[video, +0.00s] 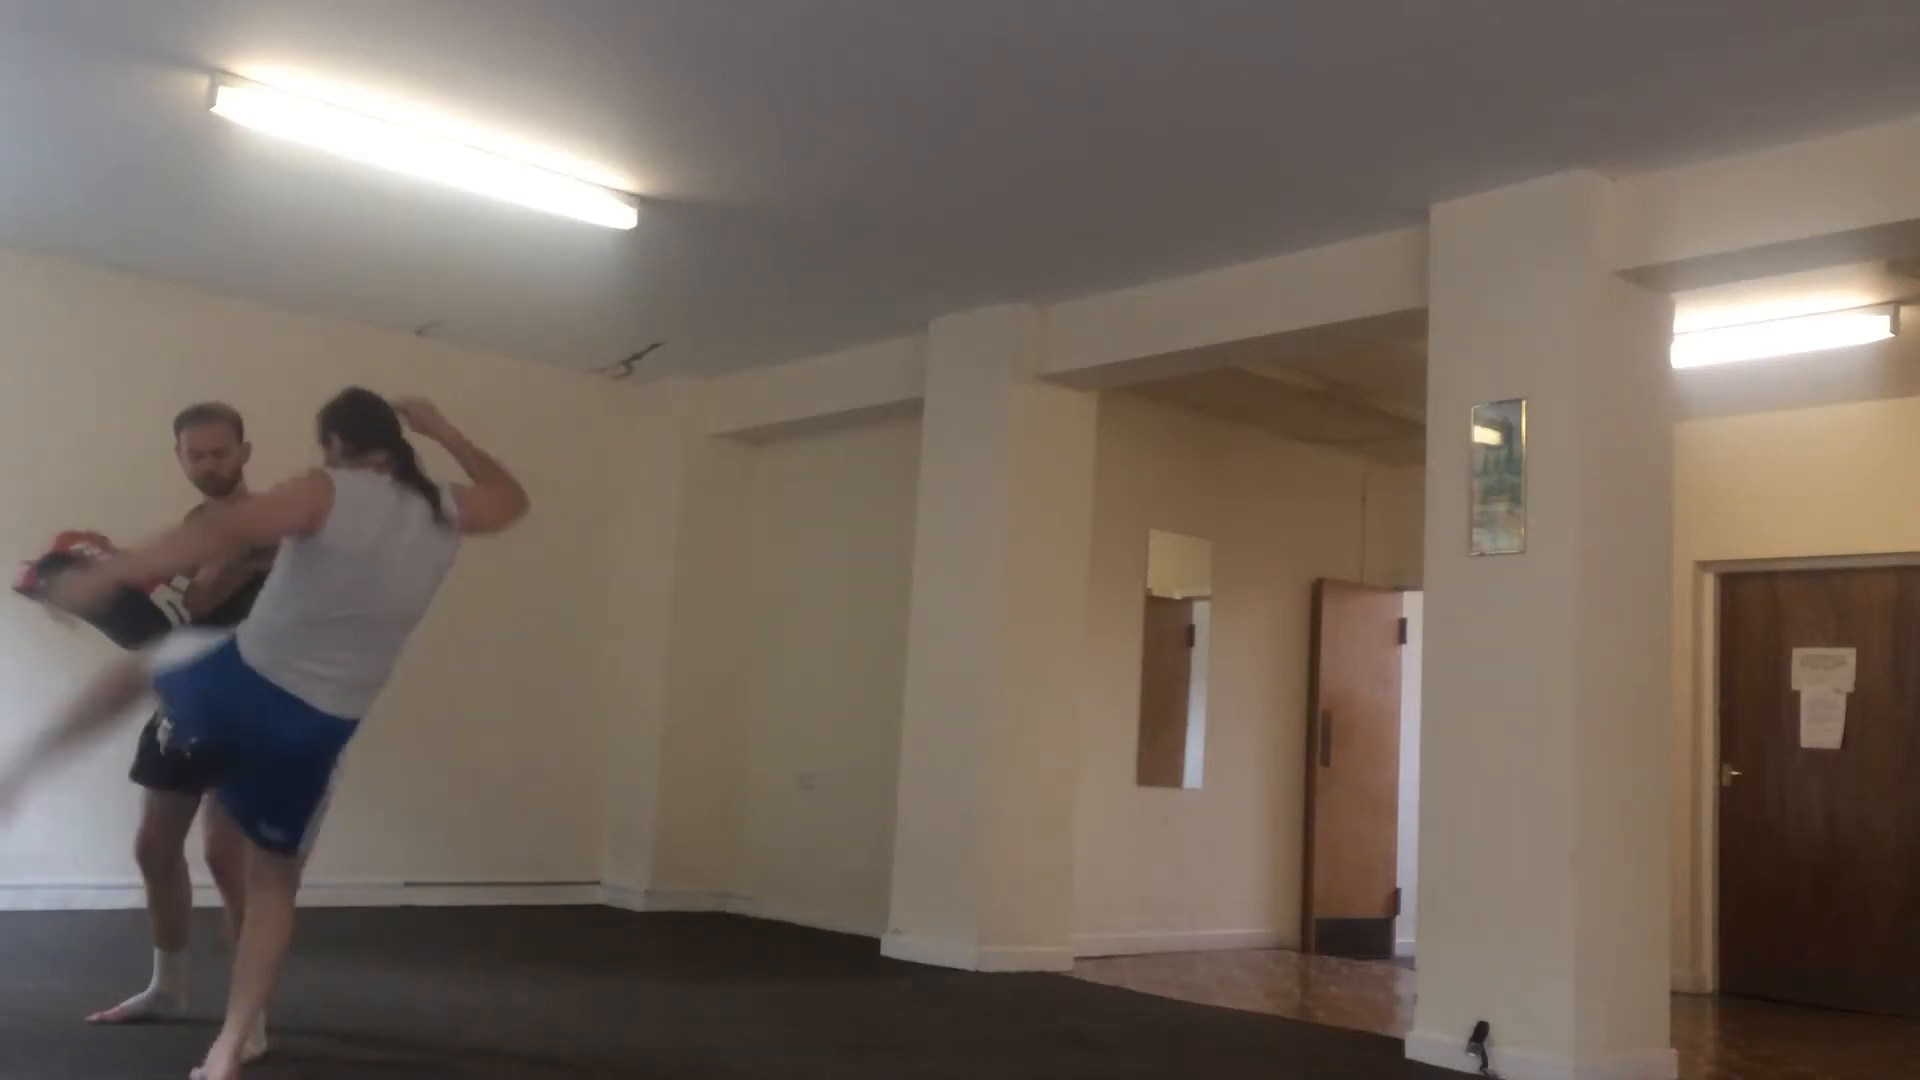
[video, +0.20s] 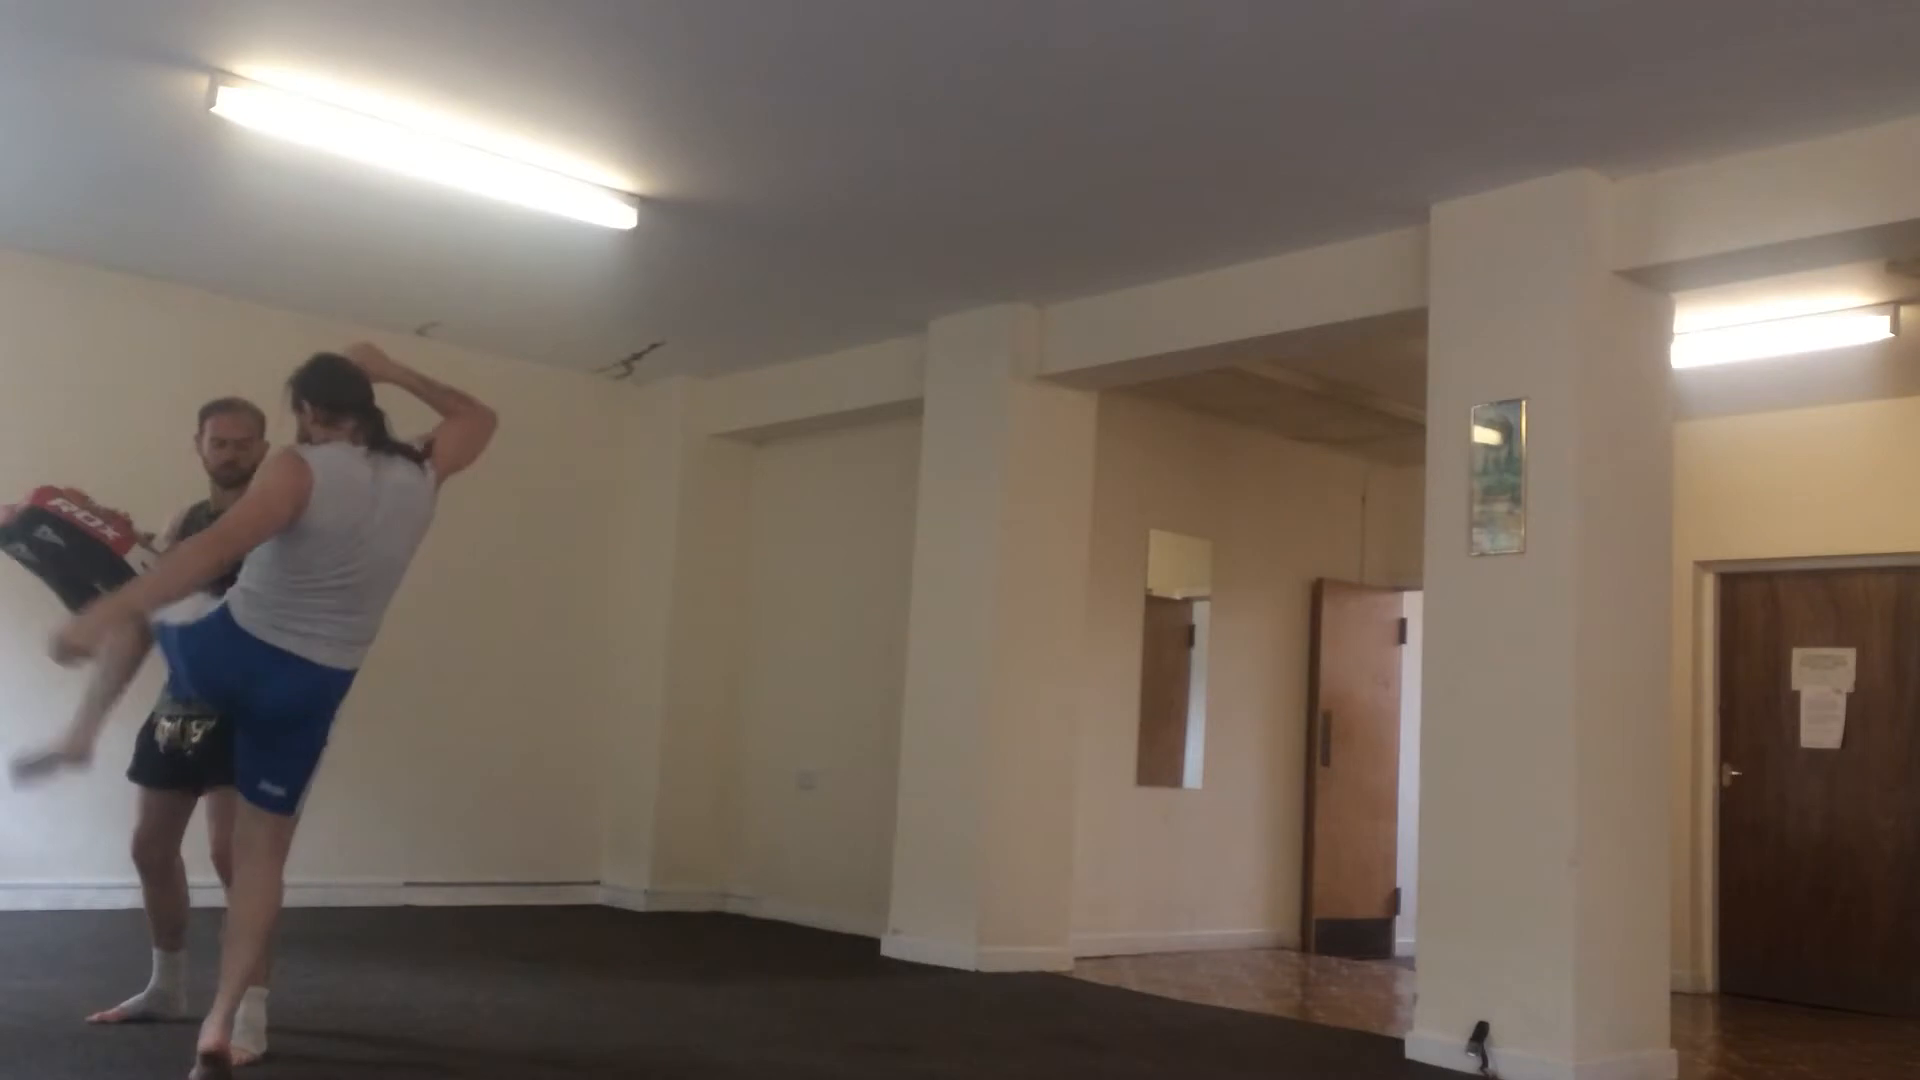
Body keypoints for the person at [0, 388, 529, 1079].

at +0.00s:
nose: (320, 456)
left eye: (323, 447)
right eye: (321, 449)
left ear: (338, 447)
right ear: (399, 447)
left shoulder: (324, 494)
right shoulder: (445, 512)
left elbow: (221, 526)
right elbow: (511, 499)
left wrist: (117, 569)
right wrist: (445, 432)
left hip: (241, 686)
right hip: (317, 730)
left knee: (137, 672)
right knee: (273, 877)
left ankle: (25, 775)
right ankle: (231, 1049)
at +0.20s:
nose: (292, 431)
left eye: (294, 420)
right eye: (294, 420)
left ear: (314, 417)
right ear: (367, 414)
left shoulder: (300, 468)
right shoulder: (419, 471)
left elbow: (217, 547)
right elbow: (478, 417)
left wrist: (107, 610)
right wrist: (396, 372)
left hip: (233, 659)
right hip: (315, 691)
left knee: (138, 607)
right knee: (265, 857)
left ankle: (78, 740)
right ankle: (221, 1024)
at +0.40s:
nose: (279, 440)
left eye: (281, 429)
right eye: (285, 429)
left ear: (293, 434)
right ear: (354, 434)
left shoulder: (266, 493)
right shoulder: (391, 503)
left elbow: (161, 562)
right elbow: (443, 481)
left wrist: (148, 497)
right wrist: (376, 428)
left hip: (228, 703)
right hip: (315, 718)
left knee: (145, 836)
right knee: (275, 874)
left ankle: (111, 1000)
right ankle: (236, 1030)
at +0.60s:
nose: (275, 477)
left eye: (277, 466)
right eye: (279, 467)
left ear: (290, 472)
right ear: (349, 469)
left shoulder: (267, 526)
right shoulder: (392, 549)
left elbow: (173, 574)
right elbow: (340, 618)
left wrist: (221, 499)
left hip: (260, 741)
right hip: (346, 752)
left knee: (169, 876)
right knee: (312, 884)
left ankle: (129, 1048)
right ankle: (339, 1028)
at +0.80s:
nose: (318, 488)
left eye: (321, 479)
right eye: (321, 479)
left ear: (336, 482)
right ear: (394, 485)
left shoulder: (327, 521)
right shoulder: (432, 545)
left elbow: (247, 584)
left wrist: (285, 506)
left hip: (338, 742)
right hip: (417, 753)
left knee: (213, 873)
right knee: (355, 898)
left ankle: (192, 1056)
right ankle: (404, 1057)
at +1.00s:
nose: (351, 484)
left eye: (352, 474)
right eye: (352, 474)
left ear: (370, 471)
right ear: (427, 475)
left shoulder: (361, 512)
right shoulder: (470, 539)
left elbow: (280, 572)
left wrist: (319, 499)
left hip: (369, 739)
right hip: (448, 751)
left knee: (284, 921)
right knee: (379, 899)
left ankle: (352, 1065)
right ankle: (408, 1058)